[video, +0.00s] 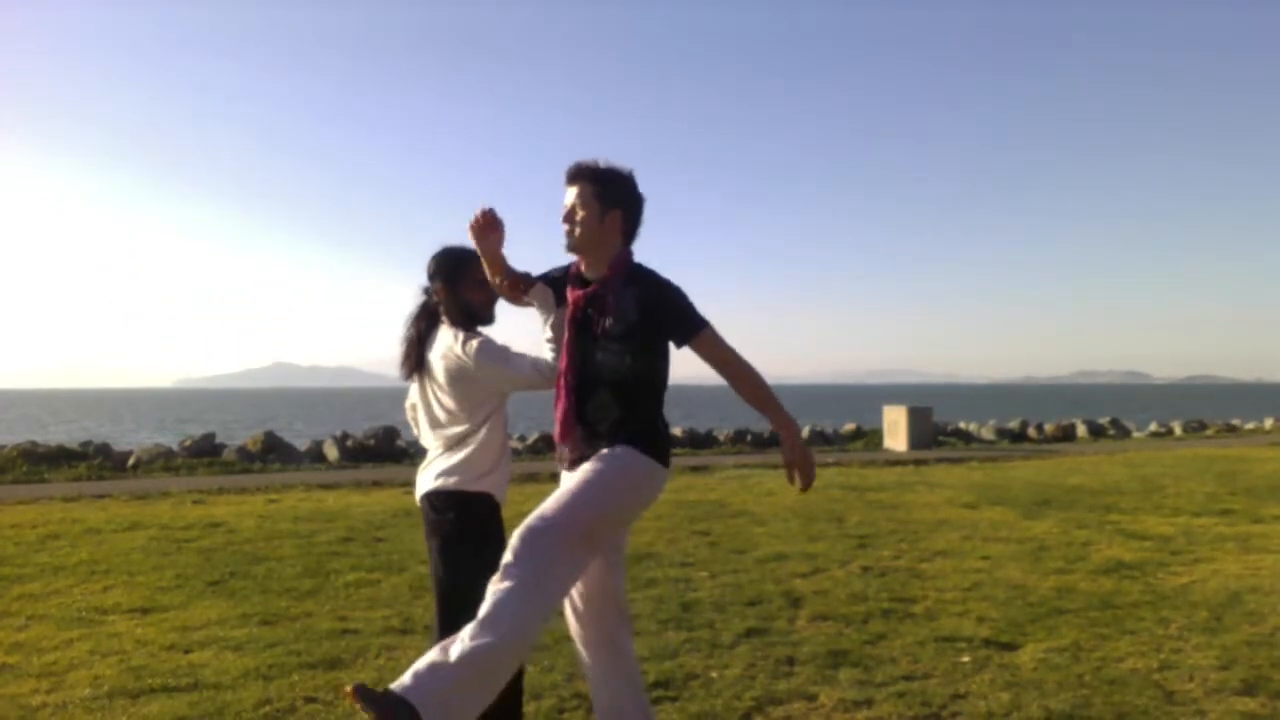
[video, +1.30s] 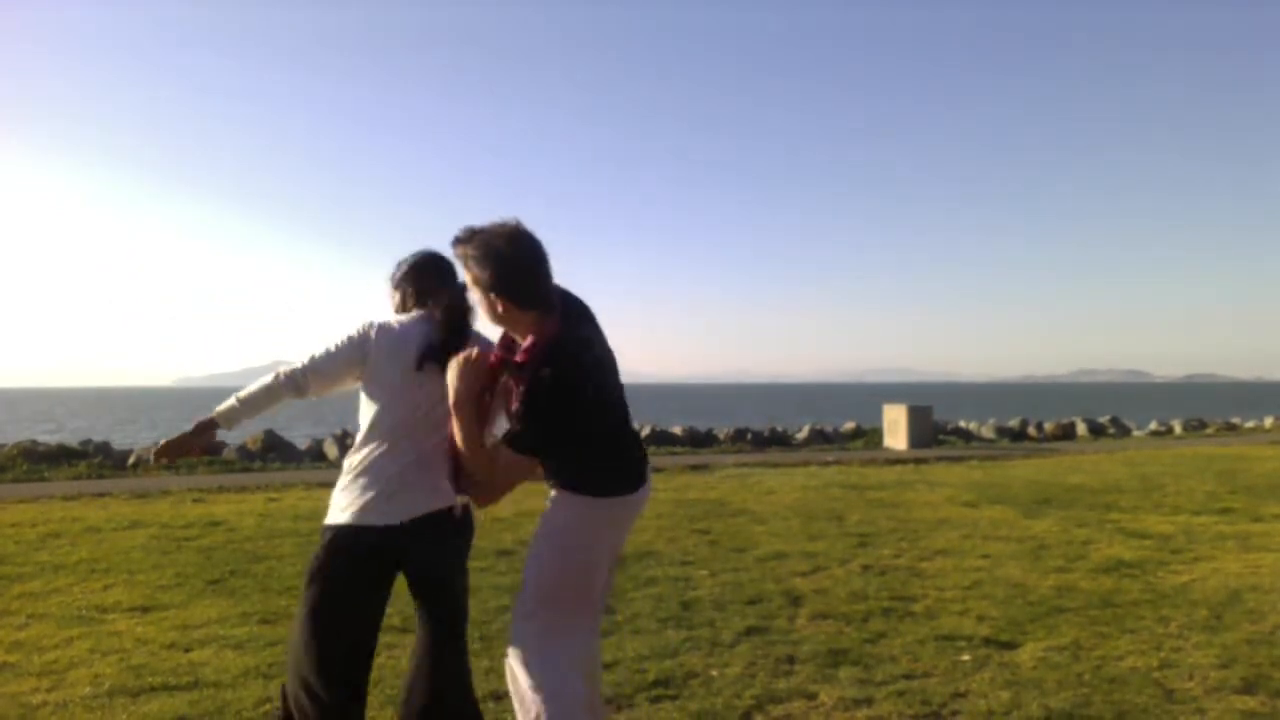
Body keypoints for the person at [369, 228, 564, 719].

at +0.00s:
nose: (492, 287)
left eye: (489, 278)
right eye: (480, 280)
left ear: (443, 294)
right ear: (447, 291)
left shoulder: (432, 344)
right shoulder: (474, 349)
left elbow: (413, 409)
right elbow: (550, 371)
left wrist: (448, 451)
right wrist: (552, 310)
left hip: (438, 490)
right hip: (467, 496)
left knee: (458, 616)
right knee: (482, 616)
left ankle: (455, 702)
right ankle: (489, 708)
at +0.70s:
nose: (487, 300)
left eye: (488, 289)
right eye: (483, 287)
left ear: (434, 280)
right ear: (453, 281)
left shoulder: (387, 332)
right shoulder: (450, 346)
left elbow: (356, 393)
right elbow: (517, 385)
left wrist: (389, 437)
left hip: (377, 499)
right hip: (424, 499)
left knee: (424, 640)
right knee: (448, 639)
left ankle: (419, 709)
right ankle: (449, 712)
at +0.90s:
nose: (494, 303)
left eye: (495, 292)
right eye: (492, 291)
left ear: (439, 283)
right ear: (472, 291)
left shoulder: (378, 331)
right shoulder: (476, 361)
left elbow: (320, 381)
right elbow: (508, 435)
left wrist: (316, 413)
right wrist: (492, 456)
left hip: (358, 511)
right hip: (425, 507)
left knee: (381, 616)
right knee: (457, 641)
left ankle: (369, 710)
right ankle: (444, 715)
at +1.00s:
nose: (501, 304)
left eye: (502, 294)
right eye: (497, 293)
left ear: (438, 288)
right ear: (478, 296)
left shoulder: (381, 331)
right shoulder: (478, 362)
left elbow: (314, 375)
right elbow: (523, 424)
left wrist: (280, 412)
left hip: (355, 517)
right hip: (427, 515)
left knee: (357, 644)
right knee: (455, 651)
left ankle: (348, 714)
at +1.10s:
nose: (492, 309)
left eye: (493, 297)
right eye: (489, 297)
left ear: (435, 289)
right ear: (474, 297)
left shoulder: (376, 335)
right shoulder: (483, 358)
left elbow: (298, 376)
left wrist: (246, 416)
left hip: (349, 523)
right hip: (428, 522)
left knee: (334, 667)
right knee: (454, 664)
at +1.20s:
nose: (477, 302)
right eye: (475, 294)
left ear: (422, 289)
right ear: (470, 297)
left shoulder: (378, 337)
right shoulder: (482, 353)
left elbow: (292, 378)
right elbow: (512, 430)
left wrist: (217, 420)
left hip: (352, 525)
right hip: (434, 524)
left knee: (321, 672)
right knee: (452, 652)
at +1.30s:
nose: (392, 303)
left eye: (394, 295)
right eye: (392, 297)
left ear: (405, 293)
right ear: (456, 293)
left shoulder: (381, 336)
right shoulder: (479, 347)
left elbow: (294, 381)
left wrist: (209, 426)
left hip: (364, 515)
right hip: (444, 516)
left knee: (326, 660)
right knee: (445, 643)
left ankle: (318, 710)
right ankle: (442, 715)